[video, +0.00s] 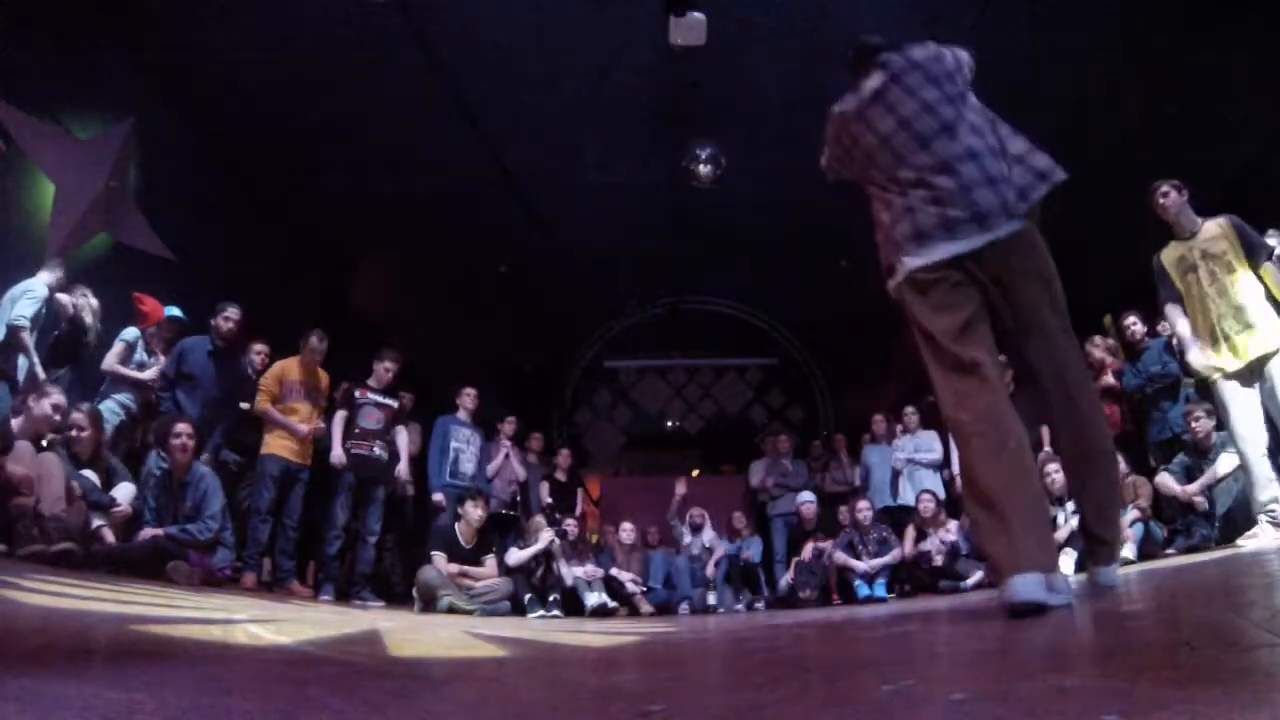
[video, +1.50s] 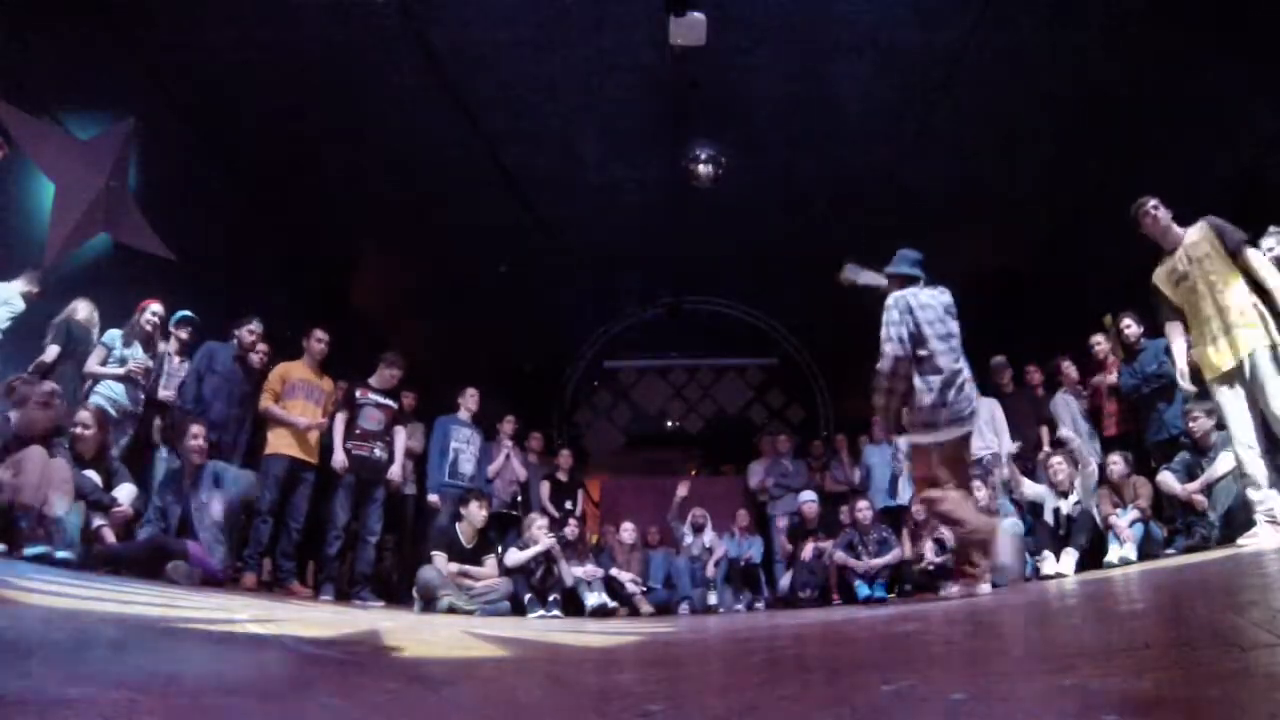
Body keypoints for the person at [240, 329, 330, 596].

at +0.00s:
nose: (314, 359)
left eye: (319, 355)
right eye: (311, 353)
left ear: (324, 355)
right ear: (303, 348)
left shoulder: (323, 378)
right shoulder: (281, 368)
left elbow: (318, 411)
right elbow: (261, 403)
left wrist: (318, 424)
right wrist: (293, 426)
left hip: (302, 453)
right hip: (276, 448)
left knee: (291, 518)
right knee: (262, 511)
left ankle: (285, 575)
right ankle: (251, 569)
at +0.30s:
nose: (321, 348)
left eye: (324, 344)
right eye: (316, 342)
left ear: (326, 348)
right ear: (304, 343)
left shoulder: (324, 380)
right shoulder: (282, 368)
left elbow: (322, 413)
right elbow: (262, 402)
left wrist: (319, 423)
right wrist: (295, 424)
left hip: (305, 452)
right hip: (278, 447)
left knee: (294, 518)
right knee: (263, 511)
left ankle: (285, 575)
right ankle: (251, 569)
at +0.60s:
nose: (321, 348)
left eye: (324, 344)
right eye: (317, 342)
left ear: (327, 349)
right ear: (304, 343)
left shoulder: (326, 382)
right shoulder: (283, 369)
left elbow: (325, 415)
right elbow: (263, 403)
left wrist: (319, 424)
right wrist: (294, 423)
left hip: (306, 454)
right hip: (278, 448)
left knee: (294, 519)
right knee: (263, 511)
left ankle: (285, 574)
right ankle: (251, 568)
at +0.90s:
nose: (321, 346)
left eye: (325, 342)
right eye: (317, 340)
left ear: (328, 348)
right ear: (305, 342)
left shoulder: (327, 381)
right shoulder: (283, 369)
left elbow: (326, 414)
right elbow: (263, 403)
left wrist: (320, 423)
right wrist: (292, 422)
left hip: (306, 454)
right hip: (278, 447)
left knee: (294, 518)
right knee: (263, 510)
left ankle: (286, 574)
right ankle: (251, 568)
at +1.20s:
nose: (321, 349)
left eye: (325, 345)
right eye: (317, 343)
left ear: (327, 350)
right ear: (305, 344)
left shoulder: (327, 384)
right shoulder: (283, 370)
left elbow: (326, 416)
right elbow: (265, 405)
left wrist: (320, 423)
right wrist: (293, 421)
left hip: (307, 454)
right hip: (279, 447)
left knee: (296, 518)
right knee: (265, 510)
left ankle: (286, 573)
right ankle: (251, 568)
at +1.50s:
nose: (322, 346)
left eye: (326, 342)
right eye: (318, 340)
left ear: (328, 348)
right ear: (305, 342)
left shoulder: (327, 383)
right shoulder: (284, 369)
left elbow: (328, 416)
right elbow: (265, 403)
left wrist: (320, 424)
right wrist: (296, 420)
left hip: (308, 454)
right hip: (280, 447)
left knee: (296, 518)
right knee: (266, 510)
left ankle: (286, 574)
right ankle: (251, 568)